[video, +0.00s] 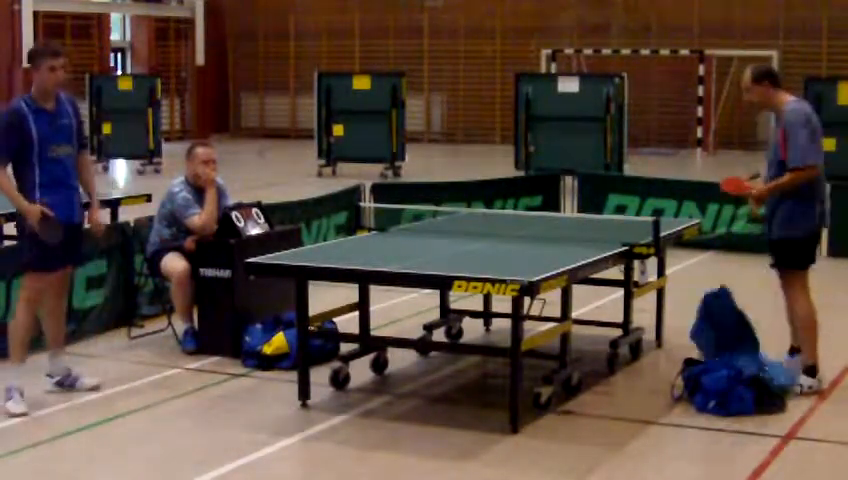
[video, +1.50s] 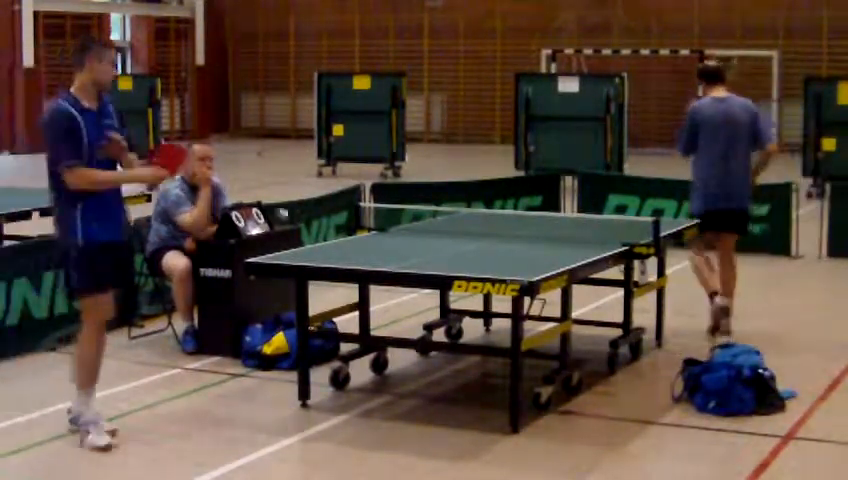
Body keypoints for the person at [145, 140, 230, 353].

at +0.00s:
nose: (211, 168)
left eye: (213, 163)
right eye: (205, 163)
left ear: (217, 165)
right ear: (190, 166)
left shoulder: (217, 187)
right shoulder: (178, 192)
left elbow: (225, 223)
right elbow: (205, 227)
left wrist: (197, 237)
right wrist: (211, 189)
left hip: (199, 241)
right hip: (166, 245)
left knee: (227, 263)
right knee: (181, 269)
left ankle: (222, 321)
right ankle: (188, 327)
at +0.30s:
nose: (211, 168)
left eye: (213, 163)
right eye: (205, 163)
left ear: (217, 164)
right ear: (190, 166)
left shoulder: (217, 187)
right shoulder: (178, 192)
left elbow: (225, 223)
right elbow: (205, 227)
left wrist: (197, 238)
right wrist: (211, 189)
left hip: (199, 241)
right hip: (165, 245)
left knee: (227, 262)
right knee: (181, 269)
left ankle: (222, 322)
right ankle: (188, 328)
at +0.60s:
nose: (212, 168)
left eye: (214, 163)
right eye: (206, 163)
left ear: (217, 165)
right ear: (190, 166)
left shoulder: (217, 187)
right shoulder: (179, 192)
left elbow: (227, 222)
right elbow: (205, 227)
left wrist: (197, 237)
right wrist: (211, 189)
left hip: (198, 241)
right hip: (165, 245)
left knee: (227, 262)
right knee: (181, 269)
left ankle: (222, 322)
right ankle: (188, 327)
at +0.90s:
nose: (212, 168)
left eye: (214, 163)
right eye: (206, 163)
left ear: (216, 164)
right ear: (190, 166)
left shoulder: (217, 187)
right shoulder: (178, 192)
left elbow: (226, 223)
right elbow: (205, 227)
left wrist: (196, 238)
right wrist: (211, 189)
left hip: (199, 241)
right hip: (166, 244)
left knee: (227, 262)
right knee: (181, 269)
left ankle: (222, 322)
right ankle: (188, 327)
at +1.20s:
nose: (212, 168)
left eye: (214, 163)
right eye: (206, 163)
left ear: (217, 165)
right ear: (190, 166)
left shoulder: (217, 187)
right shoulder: (178, 191)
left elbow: (227, 221)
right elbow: (205, 226)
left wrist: (198, 236)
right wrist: (211, 188)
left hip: (199, 240)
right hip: (167, 244)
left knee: (228, 262)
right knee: (181, 269)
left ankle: (224, 321)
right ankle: (188, 327)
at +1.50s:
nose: (207, 166)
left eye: (210, 161)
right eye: (202, 161)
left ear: (214, 165)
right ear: (187, 164)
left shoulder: (214, 188)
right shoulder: (171, 191)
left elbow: (224, 224)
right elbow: (195, 225)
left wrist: (199, 236)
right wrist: (205, 189)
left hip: (198, 241)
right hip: (165, 243)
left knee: (227, 260)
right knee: (183, 267)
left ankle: (222, 321)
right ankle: (188, 326)